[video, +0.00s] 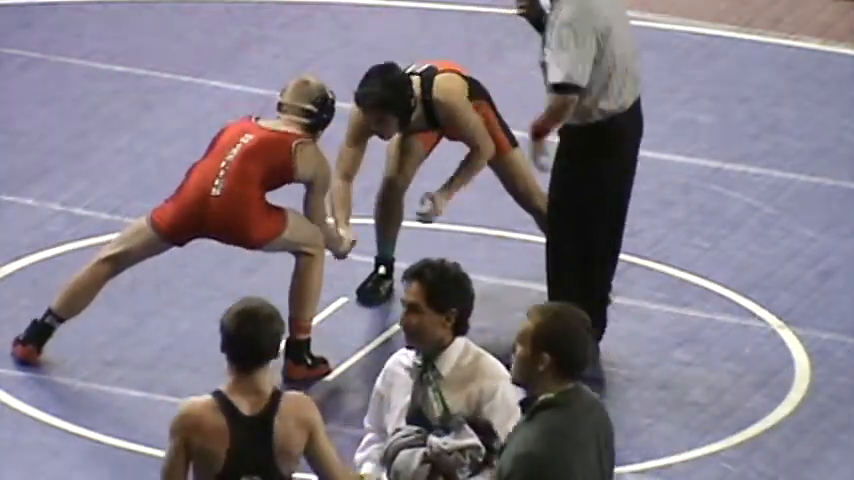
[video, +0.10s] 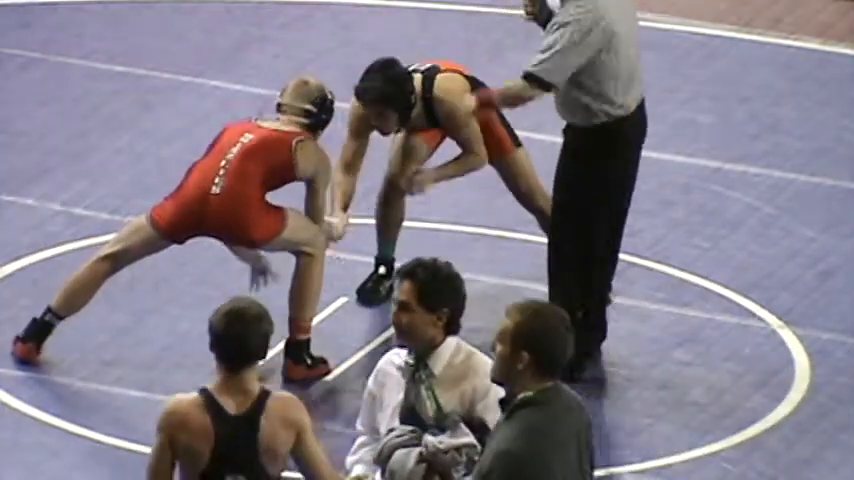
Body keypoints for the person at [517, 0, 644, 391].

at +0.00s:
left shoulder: (572, 15)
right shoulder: (593, 5)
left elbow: (566, 98)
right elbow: (568, 49)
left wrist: (538, 130)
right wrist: (535, 16)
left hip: (593, 130)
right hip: (619, 118)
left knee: (568, 231)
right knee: (597, 229)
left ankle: (567, 332)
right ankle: (588, 327)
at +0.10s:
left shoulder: (585, 16)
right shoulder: (609, 5)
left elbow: (530, 88)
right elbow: (584, 50)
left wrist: (485, 98)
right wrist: (545, 17)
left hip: (598, 133)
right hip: (619, 121)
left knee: (573, 239)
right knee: (593, 235)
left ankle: (574, 350)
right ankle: (583, 343)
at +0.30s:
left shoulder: (600, 16)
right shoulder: (639, 5)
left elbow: (517, 31)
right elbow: (611, 37)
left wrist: (477, 8)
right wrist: (557, 44)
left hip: (606, 135)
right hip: (635, 125)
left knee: (578, 245)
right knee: (607, 232)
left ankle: (566, 358)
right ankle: (638, 332)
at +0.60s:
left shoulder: (651, 16)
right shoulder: (696, 8)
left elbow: (584, 2)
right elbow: (677, 66)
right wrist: (628, 89)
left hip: (649, 147)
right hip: (679, 140)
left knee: (606, 260)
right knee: (667, 255)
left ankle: (565, 360)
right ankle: (680, 362)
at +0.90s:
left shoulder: (711, 22)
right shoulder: (744, 9)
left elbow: (643, 4)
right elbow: (734, 74)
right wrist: (685, 101)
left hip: (704, 151)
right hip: (722, 143)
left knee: (642, 244)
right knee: (694, 254)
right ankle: (684, 359)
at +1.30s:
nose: (753, 2)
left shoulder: (778, 40)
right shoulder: (830, 23)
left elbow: (741, 94)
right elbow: (849, 87)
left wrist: (699, 104)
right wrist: (826, 122)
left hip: (782, 169)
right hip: (814, 163)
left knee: (768, 274)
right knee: (759, 267)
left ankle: (793, 401)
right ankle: (711, 356)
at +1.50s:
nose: (791, 5)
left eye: (795, 1)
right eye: (793, 0)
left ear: (812, 2)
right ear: (834, 0)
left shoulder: (820, 44)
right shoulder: (842, 30)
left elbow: (829, 107)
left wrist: (831, 158)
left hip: (816, 177)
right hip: (838, 176)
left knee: (794, 284)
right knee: (814, 280)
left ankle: (792, 398)